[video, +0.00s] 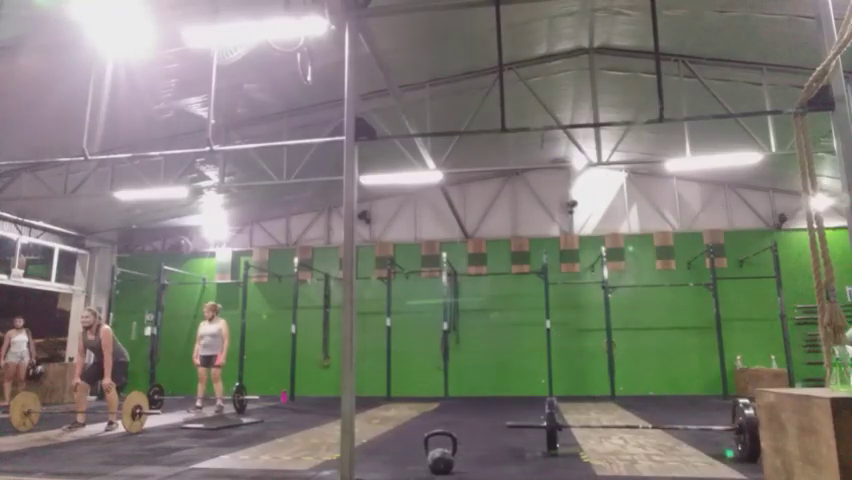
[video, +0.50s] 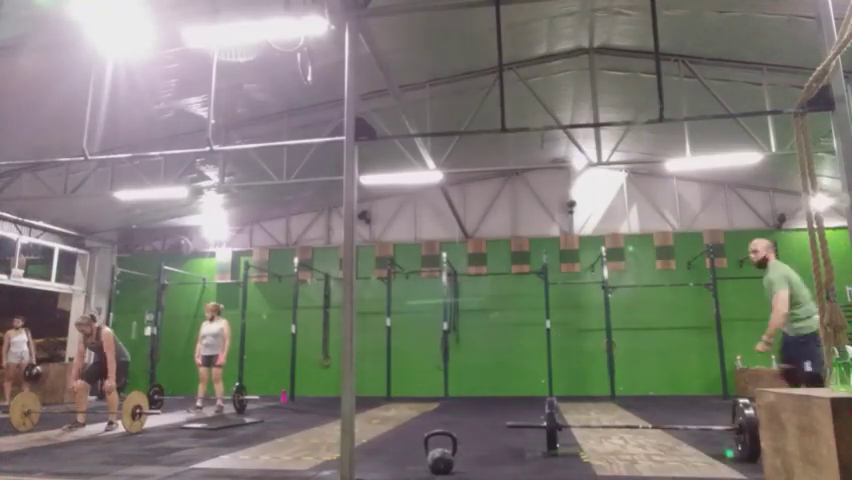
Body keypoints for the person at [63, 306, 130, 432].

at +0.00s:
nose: (83, 320)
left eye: (87, 317)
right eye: (82, 317)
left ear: (95, 318)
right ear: (80, 319)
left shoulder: (104, 330)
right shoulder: (83, 334)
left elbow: (108, 355)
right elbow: (81, 355)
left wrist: (107, 377)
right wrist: (77, 376)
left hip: (118, 361)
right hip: (101, 361)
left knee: (108, 385)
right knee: (81, 384)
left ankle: (112, 420)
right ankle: (80, 420)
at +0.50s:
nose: (82, 332)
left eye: (83, 329)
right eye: (80, 330)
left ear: (91, 325)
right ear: (80, 329)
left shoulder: (105, 333)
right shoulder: (84, 336)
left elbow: (111, 357)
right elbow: (80, 357)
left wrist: (111, 379)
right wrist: (74, 379)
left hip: (119, 360)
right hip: (102, 361)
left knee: (109, 387)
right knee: (81, 385)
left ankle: (112, 421)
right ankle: (80, 420)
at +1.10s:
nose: (78, 350)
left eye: (81, 347)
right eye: (76, 347)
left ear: (90, 347)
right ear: (75, 348)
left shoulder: (102, 356)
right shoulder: (78, 359)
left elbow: (110, 380)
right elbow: (70, 380)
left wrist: (112, 404)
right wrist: (62, 402)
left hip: (118, 374)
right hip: (98, 375)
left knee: (102, 389)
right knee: (74, 389)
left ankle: (112, 421)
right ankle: (80, 421)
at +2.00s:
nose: (85, 347)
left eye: (88, 345)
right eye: (84, 345)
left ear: (96, 343)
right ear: (82, 344)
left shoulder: (108, 351)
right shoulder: (86, 351)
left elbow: (113, 376)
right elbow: (77, 374)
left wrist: (114, 399)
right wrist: (66, 397)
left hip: (120, 373)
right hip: (100, 373)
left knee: (105, 387)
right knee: (78, 387)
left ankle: (112, 421)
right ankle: (80, 421)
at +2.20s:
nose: (98, 304)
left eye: (101, 301)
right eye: (97, 301)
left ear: (109, 302)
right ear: (95, 302)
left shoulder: (115, 312)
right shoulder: (95, 314)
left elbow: (124, 331)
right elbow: (88, 333)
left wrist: (122, 353)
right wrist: (78, 353)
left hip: (112, 355)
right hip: (96, 354)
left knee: (113, 385)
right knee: (89, 385)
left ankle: (113, 420)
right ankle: (80, 420)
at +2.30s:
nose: (94, 307)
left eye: (97, 304)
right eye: (93, 304)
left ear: (105, 304)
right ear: (92, 305)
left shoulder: (113, 316)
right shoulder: (94, 318)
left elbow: (120, 336)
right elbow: (87, 338)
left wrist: (121, 358)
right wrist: (77, 357)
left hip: (112, 356)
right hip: (98, 356)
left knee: (111, 384)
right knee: (87, 384)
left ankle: (113, 420)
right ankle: (80, 420)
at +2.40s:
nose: (87, 335)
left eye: (89, 332)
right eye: (85, 332)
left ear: (98, 330)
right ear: (85, 331)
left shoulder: (109, 338)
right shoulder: (88, 339)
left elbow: (115, 363)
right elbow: (79, 361)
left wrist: (115, 386)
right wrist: (68, 384)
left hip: (122, 363)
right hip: (103, 364)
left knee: (110, 385)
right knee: (83, 386)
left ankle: (113, 421)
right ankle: (80, 421)